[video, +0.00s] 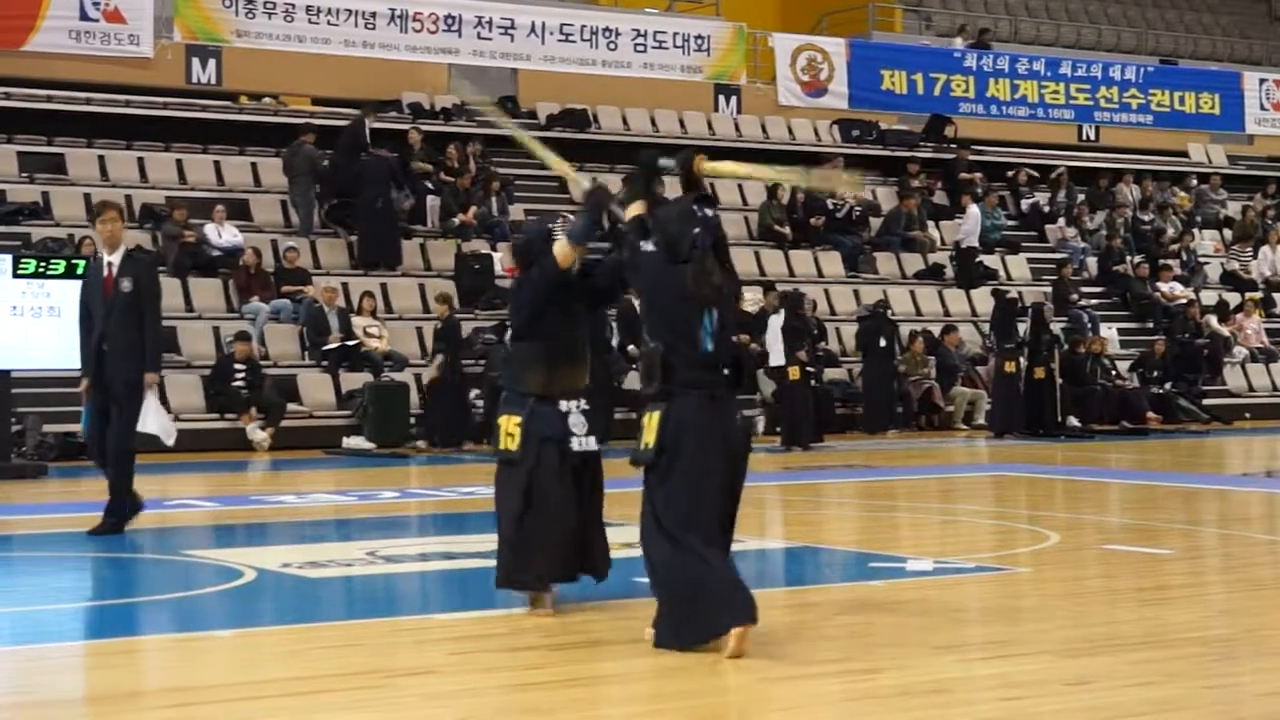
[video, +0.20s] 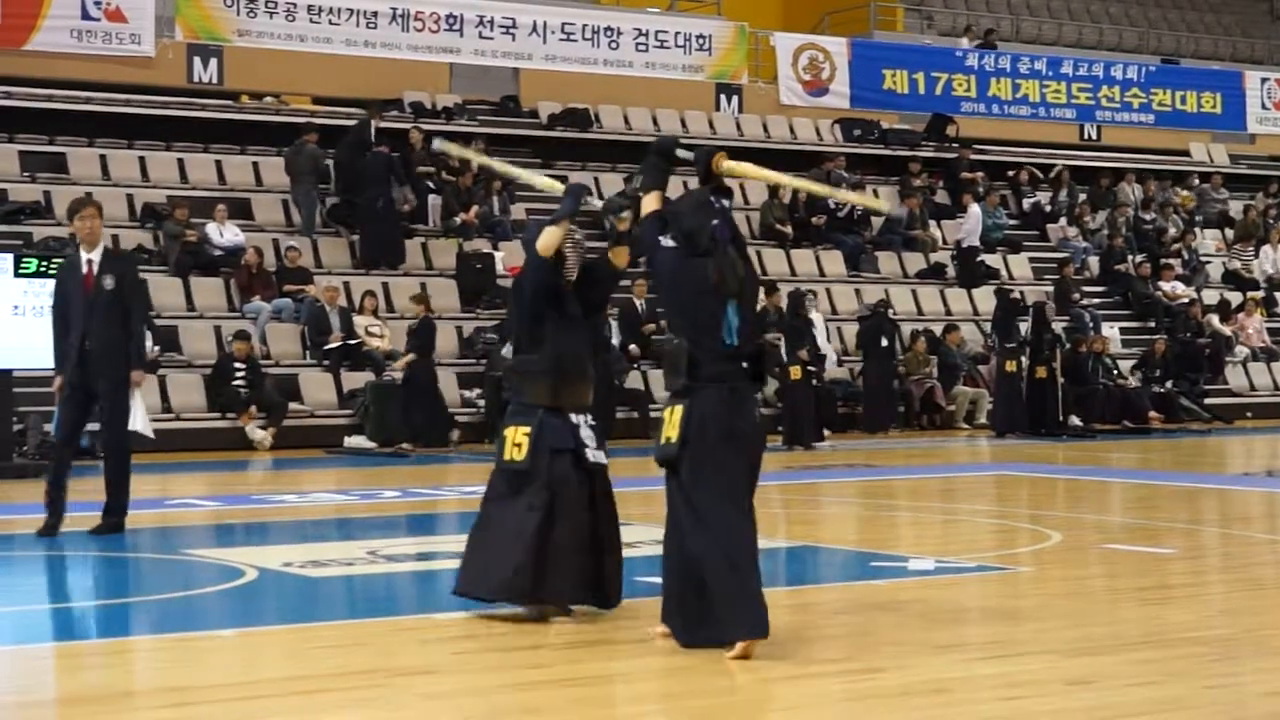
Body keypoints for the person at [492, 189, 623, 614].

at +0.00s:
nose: (568, 250)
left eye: (568, 245)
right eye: (559, 245)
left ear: (531, 253)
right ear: (542, 254)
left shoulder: (580, 286)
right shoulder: (530, 289)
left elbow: (622, 270)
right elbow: (564, 252)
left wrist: (633, 220)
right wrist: (590, 215)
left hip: (570, 404)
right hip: (532, 406)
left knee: (561, 495)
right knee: (536, 496)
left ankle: (543, 585)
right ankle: (537, 588)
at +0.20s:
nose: (571, 254)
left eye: (573, 248)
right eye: (562, 249)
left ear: (577, 258)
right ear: (541, 257)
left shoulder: (581, 296)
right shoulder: (530, 294)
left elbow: (614, 266)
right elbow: (542, 253)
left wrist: (620, 230)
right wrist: (566, 212)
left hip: (574, 417)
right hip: (536, 415)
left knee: (572, 501)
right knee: (544, 499)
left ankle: (556, 593)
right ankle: (536, 594)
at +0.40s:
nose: (568, 239)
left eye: (573, 231)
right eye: (559, 231)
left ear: (578, 239)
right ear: (541, 237)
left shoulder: (581, 280)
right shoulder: (525, 277)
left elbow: (612, 256)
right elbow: (535, 236)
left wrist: (617, 222)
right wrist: (561, 192)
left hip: (574, 400)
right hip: (531, 399)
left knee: (567, 493)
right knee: (533, 489)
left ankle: (552, 594)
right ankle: (505, 568)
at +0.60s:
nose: (563, 246)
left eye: (567, 239)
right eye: (554, 240)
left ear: (570, 244)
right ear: (532, 247)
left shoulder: (578, 284)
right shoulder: (519, 286)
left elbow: (606, 295)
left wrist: (608, 258)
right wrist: (559, 227)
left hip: (570, 399)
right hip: (526, 398)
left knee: (565, 495)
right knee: (522, 491)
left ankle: (553, 594)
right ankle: (496, 573)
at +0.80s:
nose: (575, 244)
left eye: (574, 237)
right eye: (568, 239)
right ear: (548, 246)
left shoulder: (578, 289)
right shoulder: (522, 299)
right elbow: (554, 320)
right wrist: (601, 281)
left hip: (580, 407)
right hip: (546, 409)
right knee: (565, 503)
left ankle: (510, 580)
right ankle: (569, 601)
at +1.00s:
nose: (599, 238)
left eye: (597, 231)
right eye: (590, 231)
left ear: (579, 239)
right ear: (570, 240)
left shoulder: (595, 284)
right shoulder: (555, 291)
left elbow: (626, 333)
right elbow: (601, 304)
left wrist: (648, 328)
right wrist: (655, 269)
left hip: (597, 400)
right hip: (569, 404)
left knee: (582, 495)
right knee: (574, 497)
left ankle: (558, 590)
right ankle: (564, 598)